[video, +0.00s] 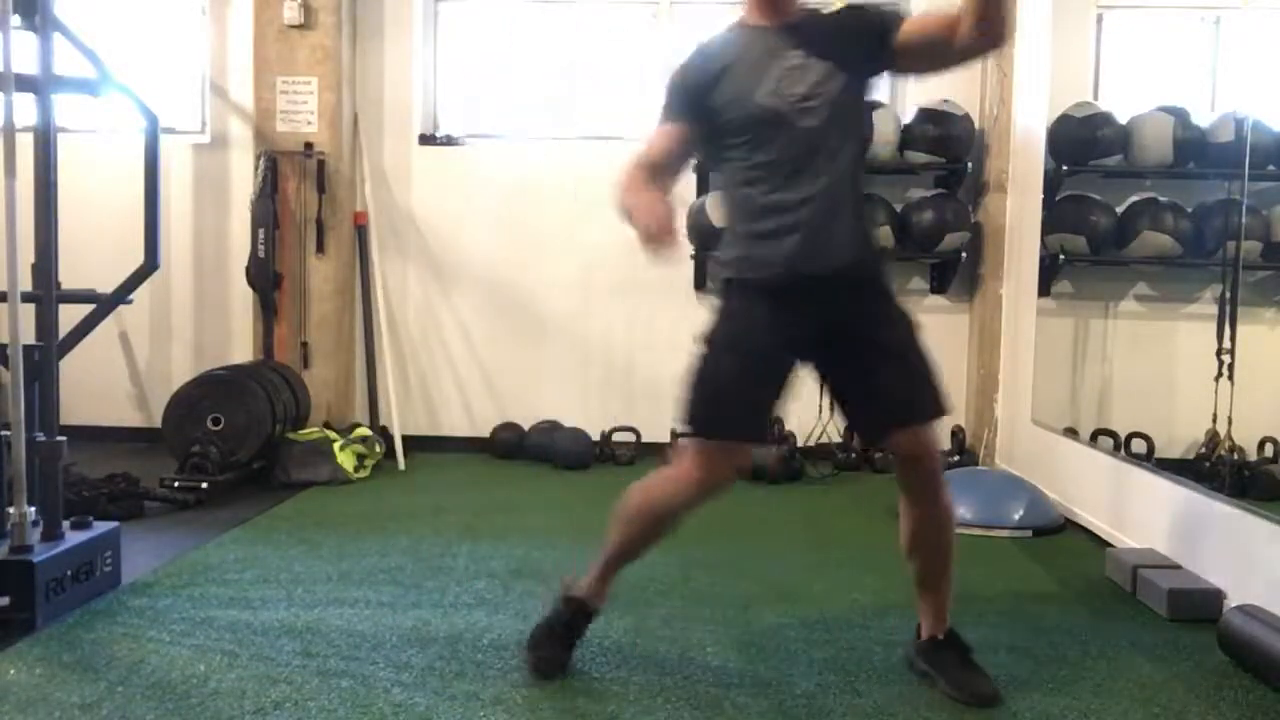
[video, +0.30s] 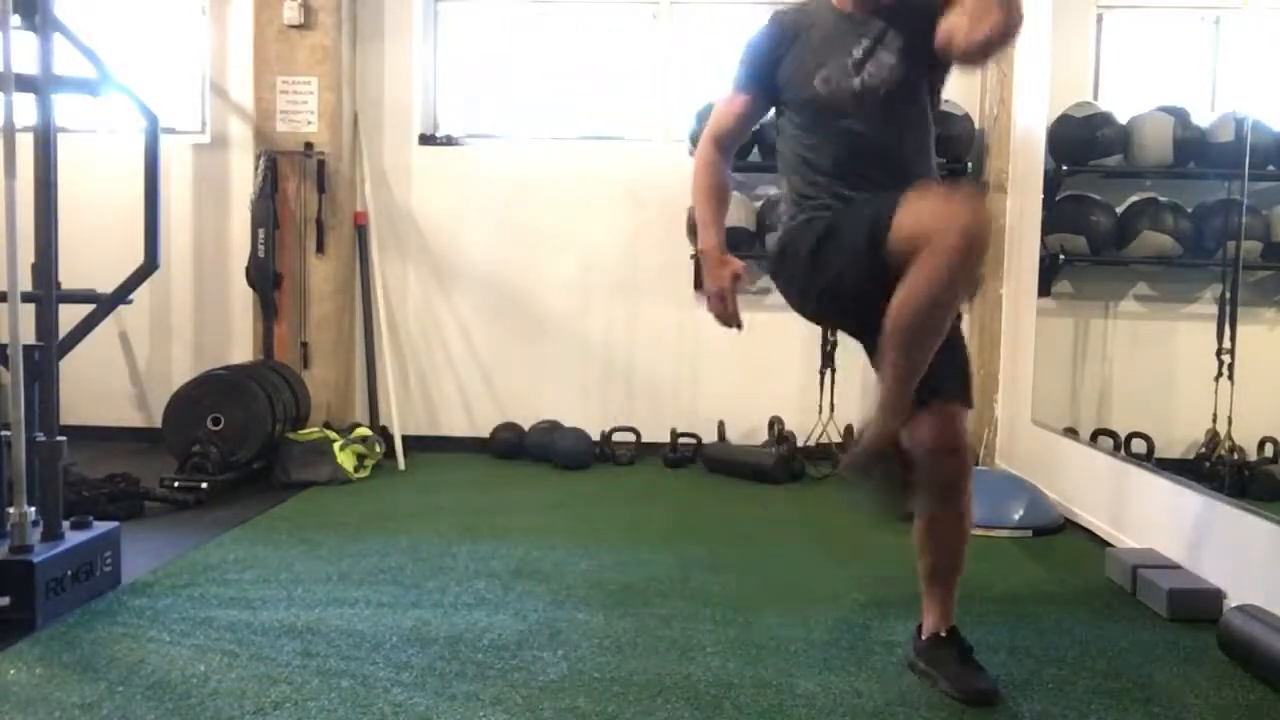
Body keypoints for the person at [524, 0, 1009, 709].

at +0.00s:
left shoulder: (848, 35)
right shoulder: (711, 67)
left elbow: (975, 33)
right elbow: (643, 175)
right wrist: (652, 213)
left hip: (853, 290)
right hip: (757, 297)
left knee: (921, 460)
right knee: (705, 466)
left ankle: (936, 638)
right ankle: (583, 598)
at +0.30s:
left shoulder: (922, 14)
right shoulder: (788, 30)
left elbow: (973, 34)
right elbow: (713, 144)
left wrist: (999, 15)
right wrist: (711, 250)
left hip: (912, 251)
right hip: (817, 241)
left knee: (943, 440)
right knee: (959, 214)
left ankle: (937, 634)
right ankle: (882, 435)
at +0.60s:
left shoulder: (923, 36)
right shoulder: (788, 42)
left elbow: (989, 85)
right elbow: (707, 154)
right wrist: (696, 247)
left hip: (904, 265)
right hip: (819, 258)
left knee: (966, 458)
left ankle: (938, 637)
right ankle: (848, 538)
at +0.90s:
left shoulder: (836, 19)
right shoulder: (709, 16)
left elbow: (890, 76)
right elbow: (613, 131)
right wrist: (643, 104)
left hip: (807, 269)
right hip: (719, 268)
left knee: (870, 438)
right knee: (724, 457)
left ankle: (852, 618)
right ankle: (686, 621)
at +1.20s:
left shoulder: (723, 48)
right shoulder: (584, 18)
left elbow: (754, 139)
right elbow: (481, 24)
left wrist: (695, 187)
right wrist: (470, 8)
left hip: (677, 281)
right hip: (585, 275)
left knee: (735, 463)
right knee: (506, 455)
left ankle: (763, 625)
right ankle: (433, 631)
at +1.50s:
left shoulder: (620, 10)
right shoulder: (467, 3)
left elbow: (708, 124)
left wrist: (763, 250)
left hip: (555, 231)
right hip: (467, 230)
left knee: (439, 357)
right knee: (428, 435)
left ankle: (535, 523)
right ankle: (425, 632)